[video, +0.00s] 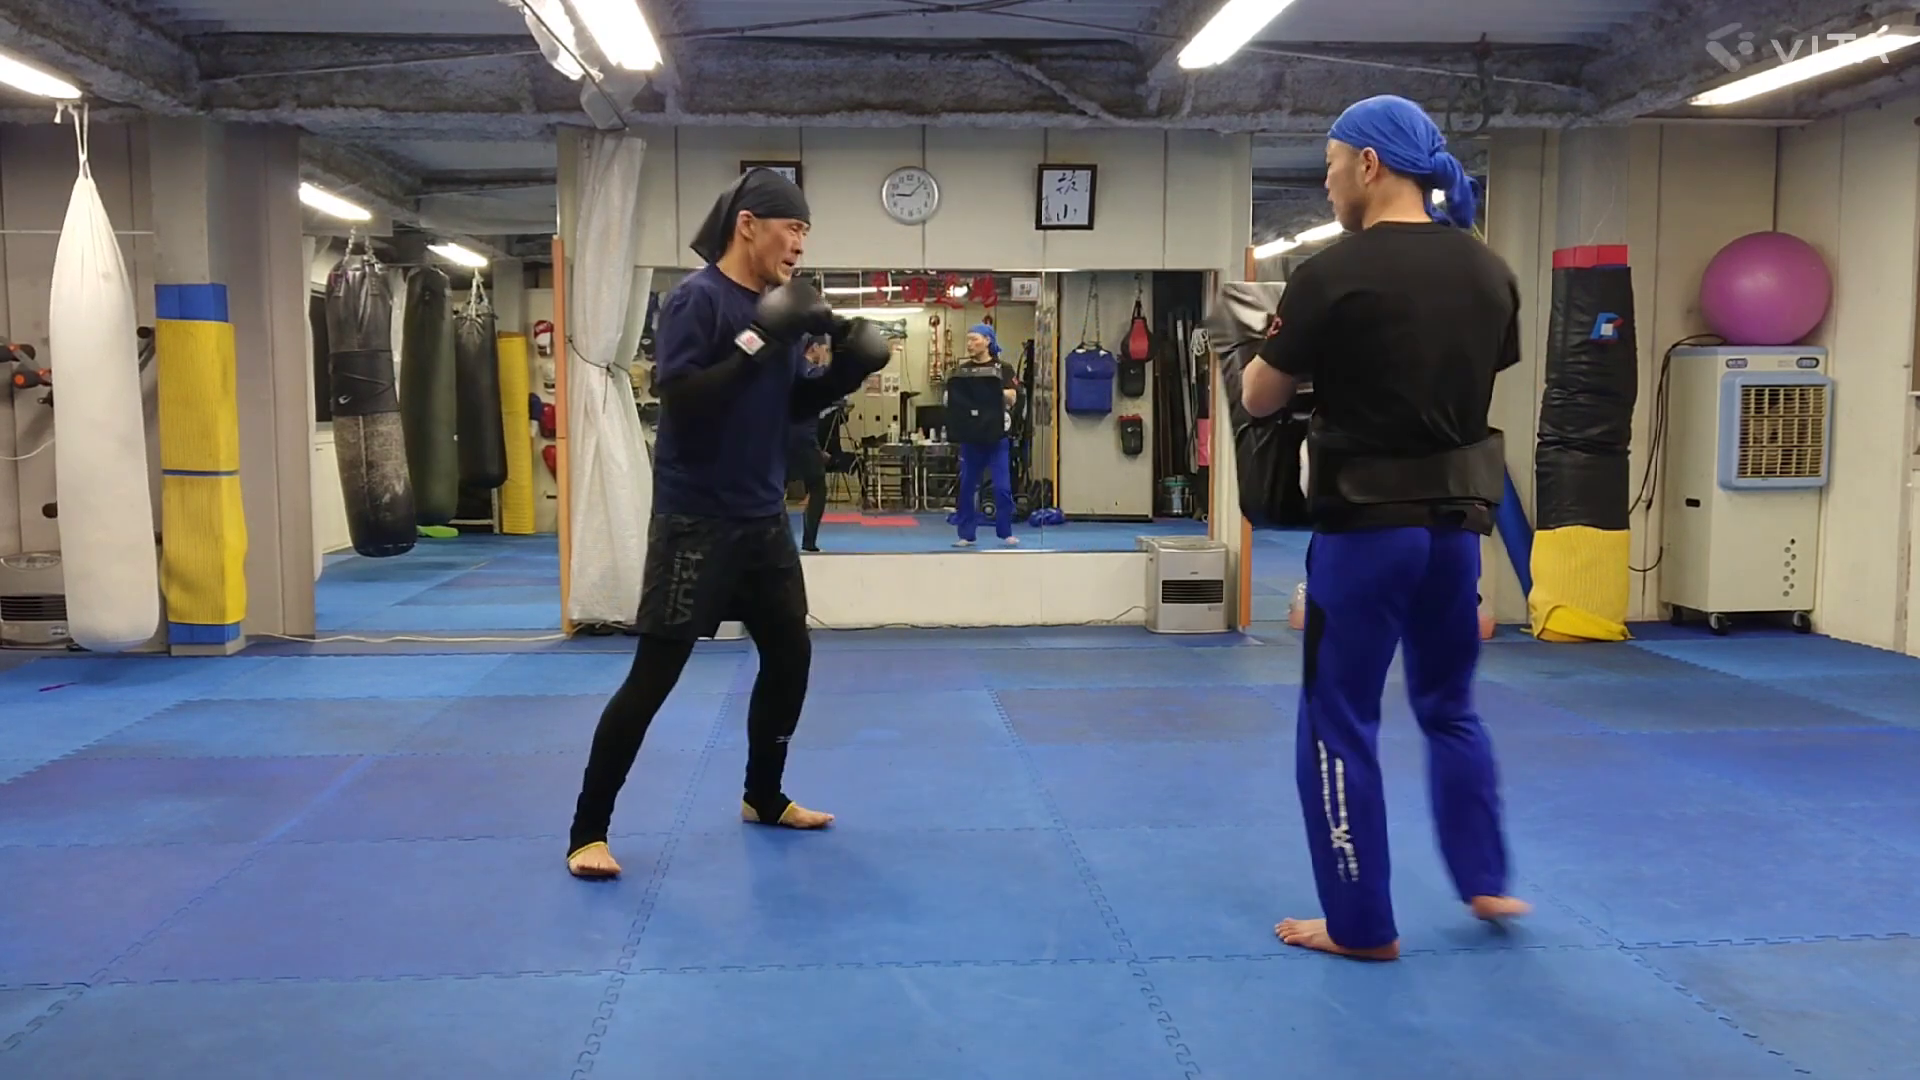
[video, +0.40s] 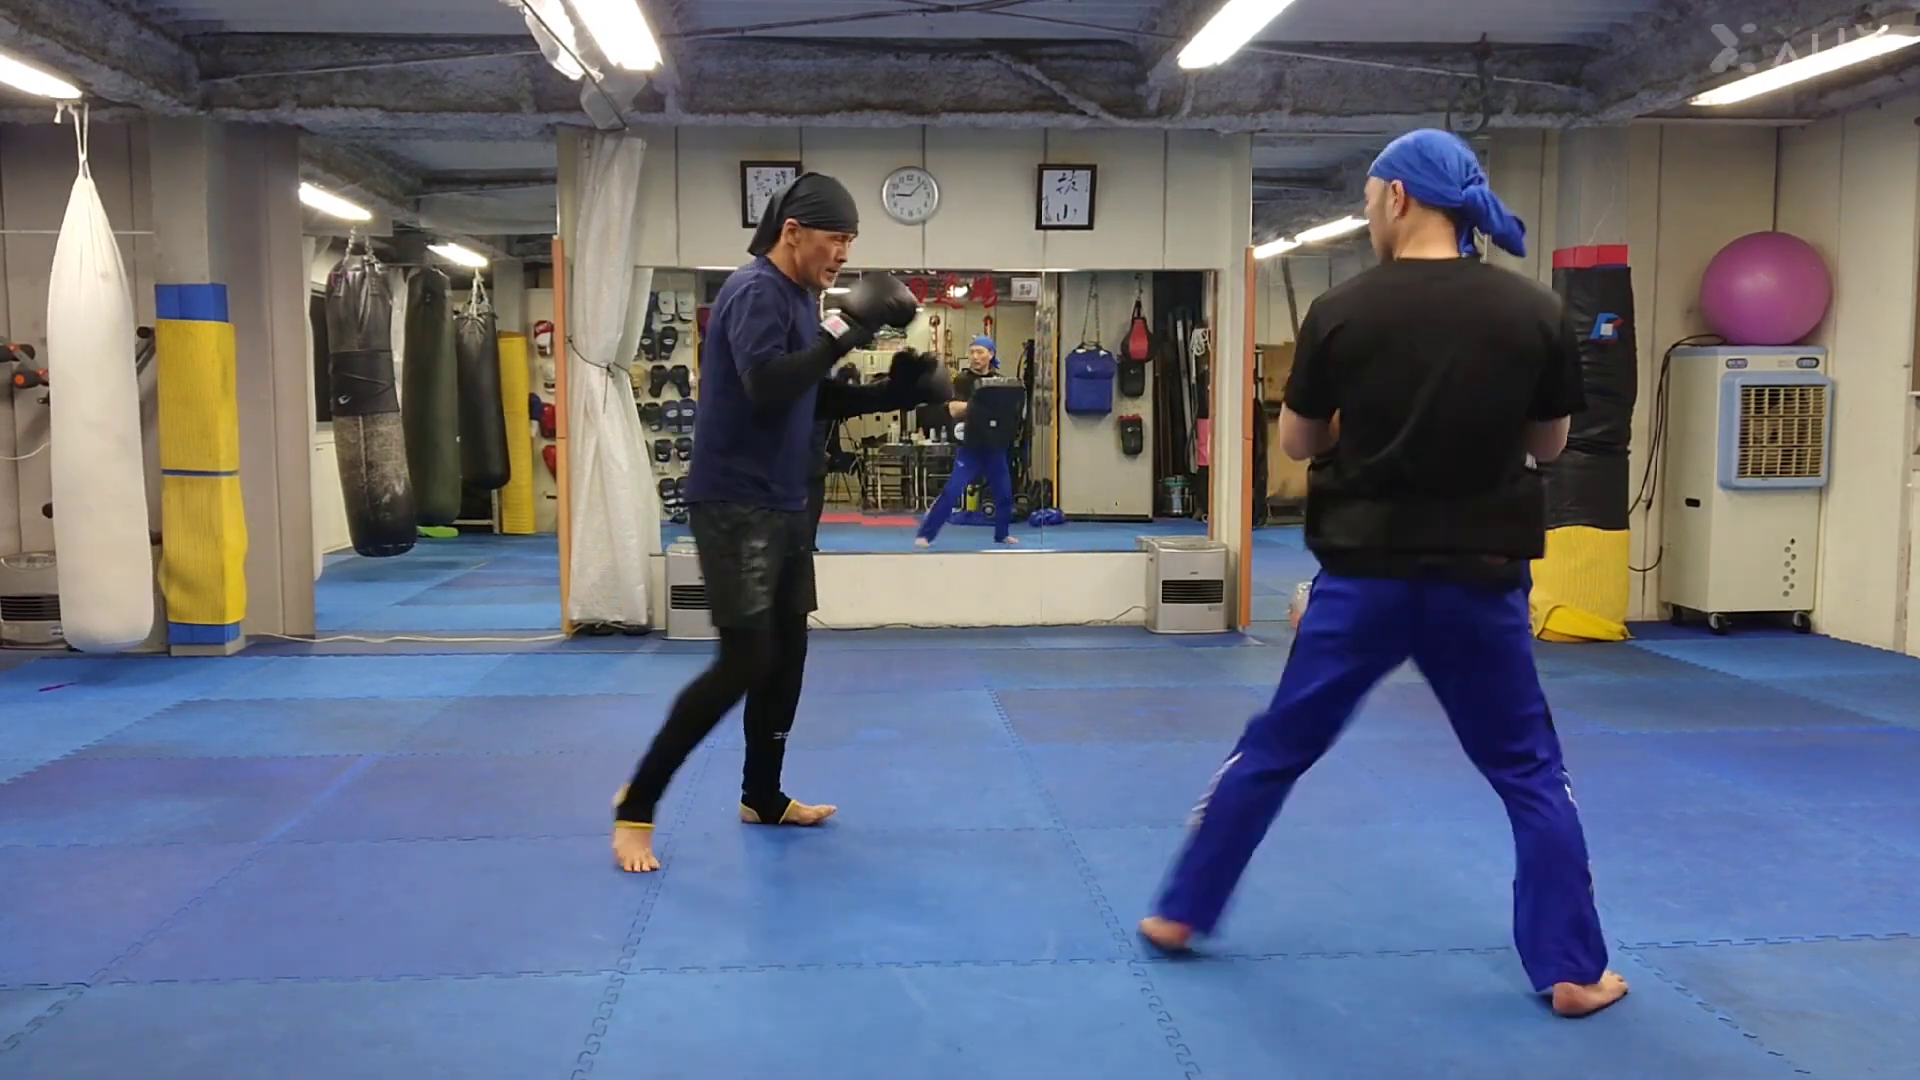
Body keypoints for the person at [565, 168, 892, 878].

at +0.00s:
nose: (798, 248)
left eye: (803, 236)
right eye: (789, 233)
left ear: (786, 238)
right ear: (745, 225)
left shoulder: (779, 313)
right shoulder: (695, 299)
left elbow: (793, 407)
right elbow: (677, 394)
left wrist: (847, 371)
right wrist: (756, 346)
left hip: (762, 521)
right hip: (694, 523)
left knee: (789, 655)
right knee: (653, 677)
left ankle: (764, 797)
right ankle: (588, 834)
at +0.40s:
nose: (844, 256)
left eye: (848, 242)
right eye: (835, 240)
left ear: (816, 241)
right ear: (792, 232)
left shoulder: (801, 304)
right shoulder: (759, 292)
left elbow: (815, 406)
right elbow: (767, 386)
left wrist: (894, 391)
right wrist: (845, 329)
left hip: (785, 508)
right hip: (735, 507)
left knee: (785, 656)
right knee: (747, 658)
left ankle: (763, 797)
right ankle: (636, 806)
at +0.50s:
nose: (855, 247)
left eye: (859, 234)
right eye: (844, 233)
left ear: (836, 236)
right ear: (802, 230)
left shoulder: (826, 302)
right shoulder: (769, 288)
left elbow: (850, 380)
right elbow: (743, 383)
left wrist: (901, 361)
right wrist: (836, 386)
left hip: (796, 501)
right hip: (757, 501)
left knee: (797, 645)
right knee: (790, 645)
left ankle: (763, 799)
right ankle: (736, 815)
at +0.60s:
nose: (854, 241)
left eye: (860, 231)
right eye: (841, 229)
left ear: (865, 235)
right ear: (804, 227)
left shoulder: (846, 296)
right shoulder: (774, 288)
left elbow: (912, 363)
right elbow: (735, 388)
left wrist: (880, 290)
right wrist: (811, 441)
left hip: (808, 499)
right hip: (768, 499)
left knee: (791, 647)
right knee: (821, 640)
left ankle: (762, 795)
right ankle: (815, 818)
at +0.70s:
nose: (863, 230)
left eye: (867, 218)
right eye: (849, 219)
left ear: (869, 225)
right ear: (813, 223)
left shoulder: (870, 288)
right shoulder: (775, 295)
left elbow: (936, 299)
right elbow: (708, 382)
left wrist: (843, 256)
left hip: (850, 504)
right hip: (804, 504)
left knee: (822, 654)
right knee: (861, 666)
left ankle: (768, 788)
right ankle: (914, 850)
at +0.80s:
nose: (845, 230)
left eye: (846, 217)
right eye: (832, 218)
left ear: (840, 222)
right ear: (783, 221)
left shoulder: (859, 273)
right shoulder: (742, 310)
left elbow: (922, 297)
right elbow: (677, 387)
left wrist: (966, 293)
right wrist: (632, 444)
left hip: (910, 490)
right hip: (844, 512)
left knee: (964, 625)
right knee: (890, 684)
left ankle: (864, 713)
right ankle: (919, 859)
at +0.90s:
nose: (826, 230)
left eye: (828, 217)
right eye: (812, 218)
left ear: (823, 223)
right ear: (763, 224)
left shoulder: (855, 281)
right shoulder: (728, 320)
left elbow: (945, 334)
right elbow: (662, 416)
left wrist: (1027, 381)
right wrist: (660, 393)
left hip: (934, 455)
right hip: (861, 515)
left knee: (1034, 478)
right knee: (887, 692)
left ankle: (1089, 525)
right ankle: (920, 856)